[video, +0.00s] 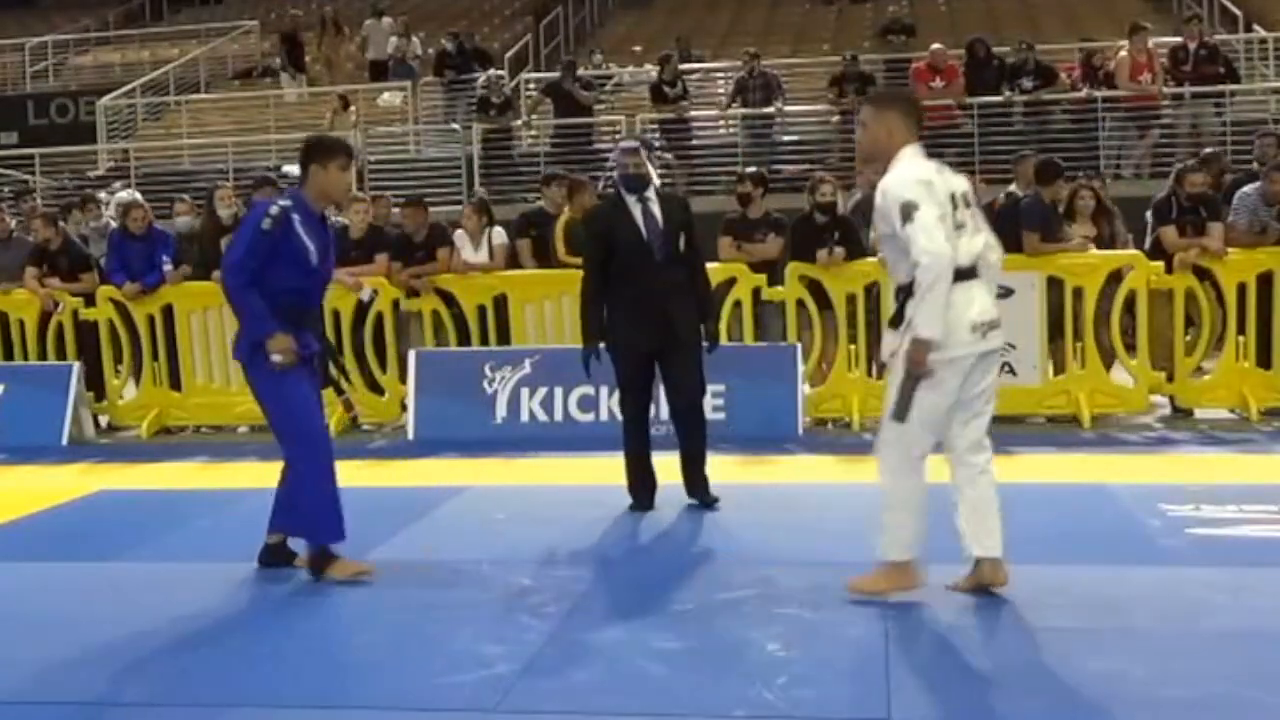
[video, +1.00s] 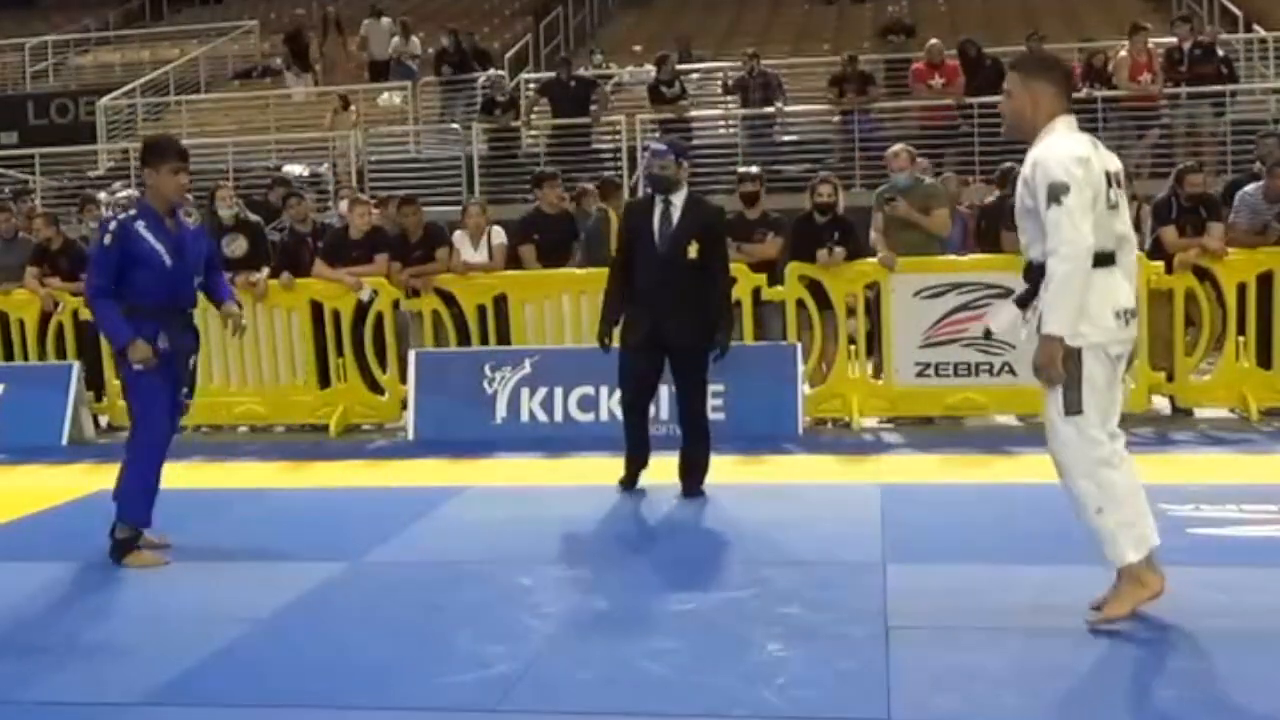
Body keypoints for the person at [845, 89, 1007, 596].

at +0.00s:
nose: (858, 136)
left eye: (865, 126)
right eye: (860, 126)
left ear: (890, 129)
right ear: (907, 130)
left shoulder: (900, 183)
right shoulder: (947, 176)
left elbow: (934, 256)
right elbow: (987, 252)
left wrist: (921, 335)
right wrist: (973, 307)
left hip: (942, 328)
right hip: (982, 324)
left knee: (899, 444)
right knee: (970, 444)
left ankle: (899, 562)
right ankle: (989, 558)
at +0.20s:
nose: (919, 127)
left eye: (924, 116)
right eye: (919, 116)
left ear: (951, 117)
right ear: (968, 117)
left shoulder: (953, 180)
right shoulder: (1020, 169)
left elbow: (979, 261)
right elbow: (1057, 245)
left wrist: (975, 341)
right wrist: (1051, 311)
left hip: (1004, 317)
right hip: (1044, 307)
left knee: (1013, 440)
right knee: (1043, 431)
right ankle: (1086, 544)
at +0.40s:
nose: (966, 131)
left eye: (974, 121)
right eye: (969, 120)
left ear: (999, 127)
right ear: (1015, 128)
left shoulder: (1010, 192)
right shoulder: (1054, 179)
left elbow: (1039, 280)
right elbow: (1094, 259)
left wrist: (1049, 360)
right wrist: (1095, 332)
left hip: (1042, 342)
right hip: (1083, 335)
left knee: (1056, 457)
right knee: (1107, 441)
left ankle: (1119, 572)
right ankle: (1173, 551)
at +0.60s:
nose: (981, 107)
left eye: (988, 96)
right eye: (984, 95)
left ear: (1013, 99)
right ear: (1037, 100)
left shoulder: (1027, 159)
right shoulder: (1078, 153)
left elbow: (1063, 240)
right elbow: (1113, 238)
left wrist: (1084, 317)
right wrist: (1108, 298)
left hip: (1062, 315)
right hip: (1103, 308)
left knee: (1076, 438)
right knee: (1106, 432)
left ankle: (1138, 562)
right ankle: (1150, 555)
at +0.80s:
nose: (998, 118)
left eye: (1005, 107)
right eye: (1000, 106)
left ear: (1032, 109)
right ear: (1052, 109)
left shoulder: (1049, 170)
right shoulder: (1089, 164)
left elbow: (1070, 260)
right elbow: (1121, 258)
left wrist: (1060, 341)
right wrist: (1123, 330)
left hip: (1085, 332)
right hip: (1112, 328)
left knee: (1090, 457)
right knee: (1108, 454)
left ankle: (1143, 579)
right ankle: (1145, 576)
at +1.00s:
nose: (1003, 104)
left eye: (1010, 93)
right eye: (1005, 93)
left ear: (1039, 96)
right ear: (1053, 96)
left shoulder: (1055, 158)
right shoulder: (1094, 151)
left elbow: (1069, 254)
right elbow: (1118, 247)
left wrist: (1053, 332)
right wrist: (1030, 301)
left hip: (1084, 320)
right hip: (1108, 314)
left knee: (1076, 440)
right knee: (1099, 437)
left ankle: (1135, 566)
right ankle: (1139, 562)